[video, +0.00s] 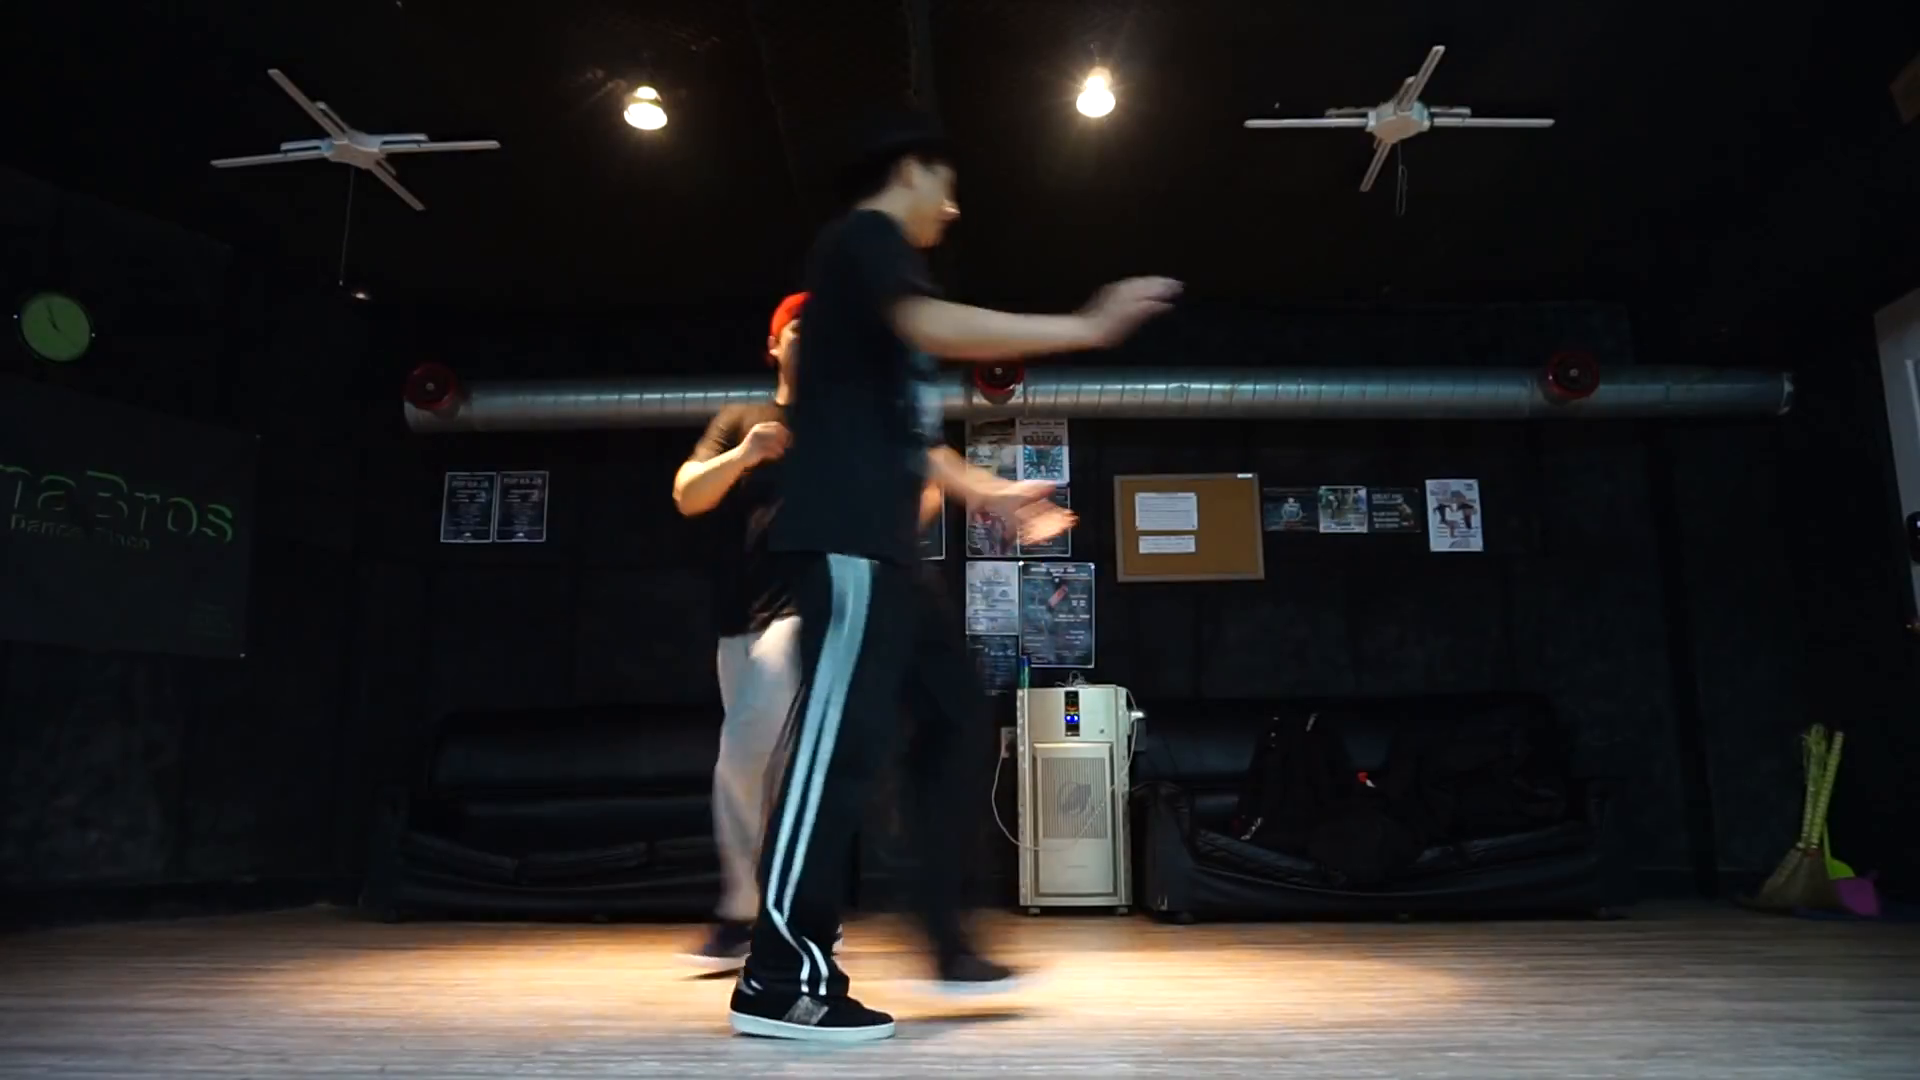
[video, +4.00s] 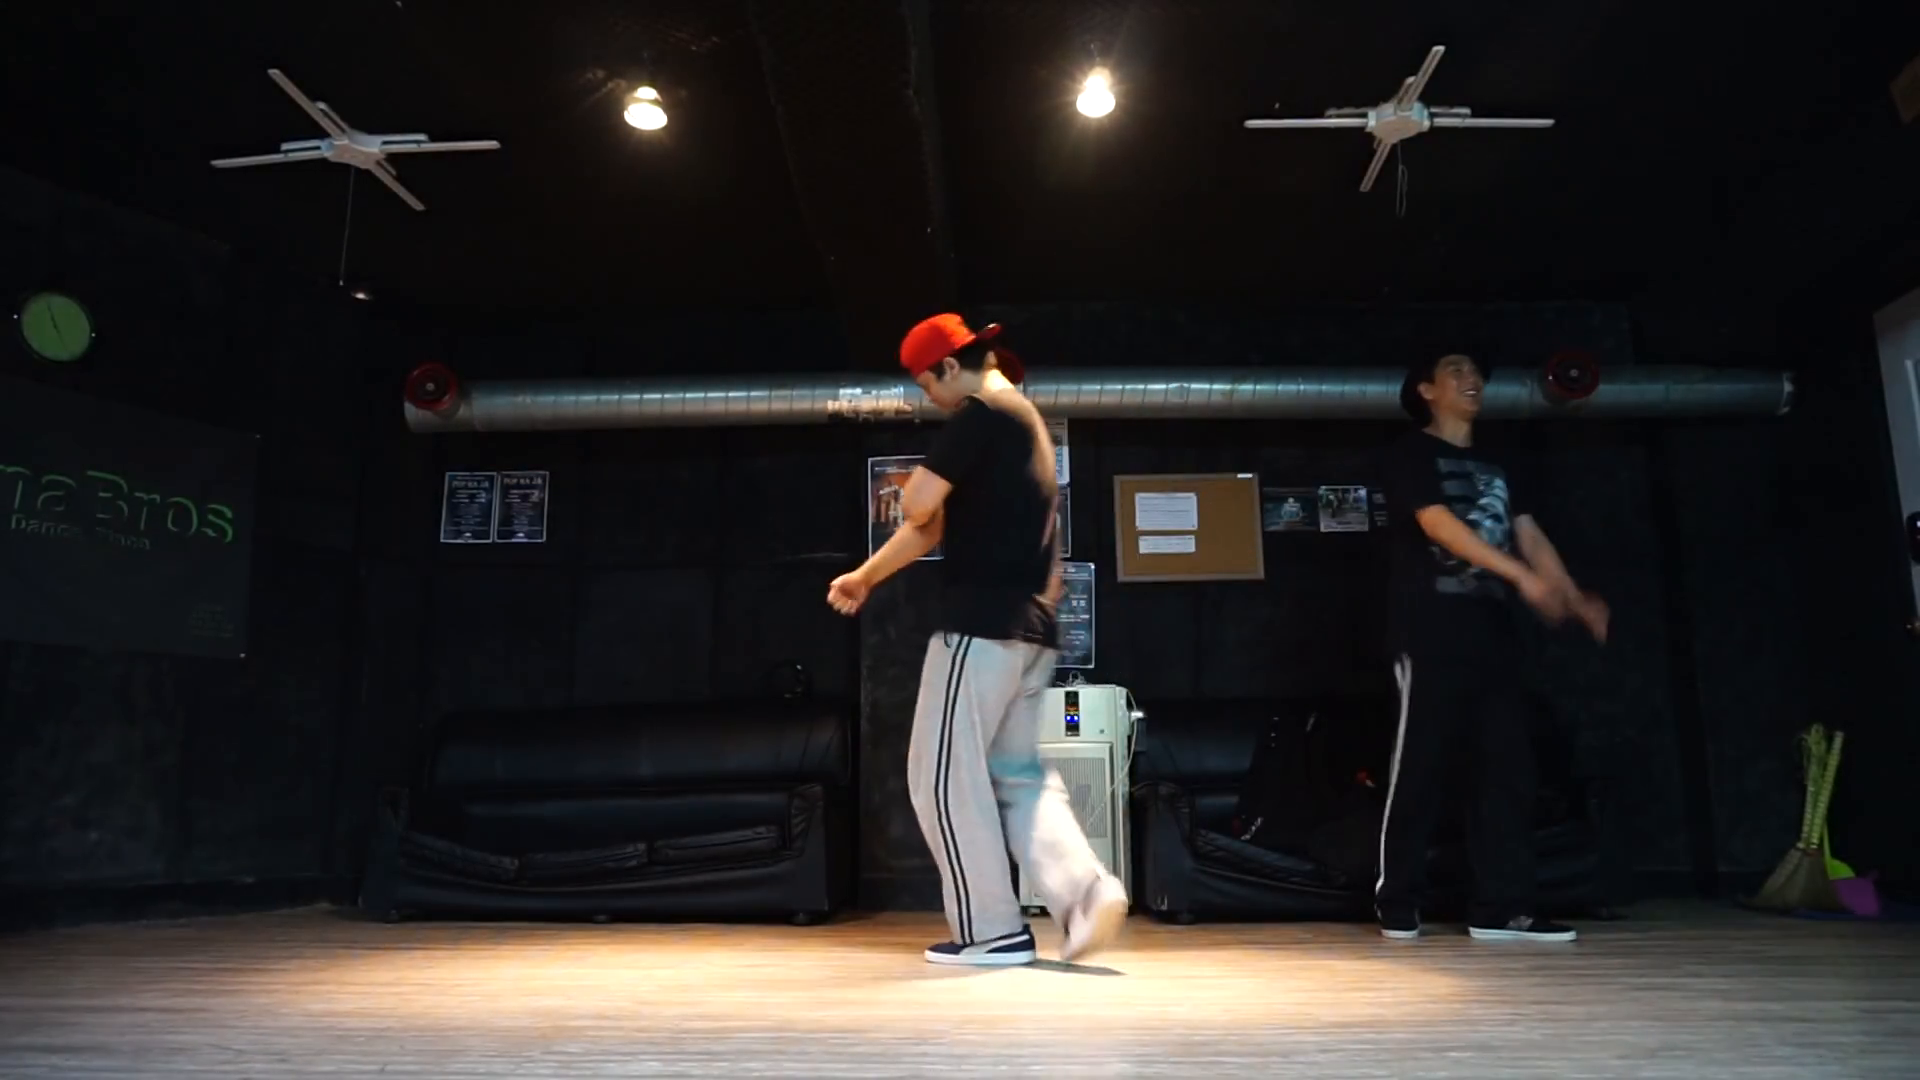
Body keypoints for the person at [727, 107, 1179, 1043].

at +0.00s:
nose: (952, 201)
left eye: (951, 184)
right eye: (944, 181)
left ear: (903, 176)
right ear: (907, 172)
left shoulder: (875, 271)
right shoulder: (864, 238)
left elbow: (905, 443)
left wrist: (997, 496)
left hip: (886, 547)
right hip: (848, 547)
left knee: (954, 720)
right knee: (831, 747)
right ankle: (783, 975)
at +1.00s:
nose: (1354, 309)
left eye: (1347, 297)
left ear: (1339, 301)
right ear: (1408, 298)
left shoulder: (1300, 379)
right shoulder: (1417, 353)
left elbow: (1249, 488)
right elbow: (1494, 401)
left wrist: (1205, 569)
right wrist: (1617, 443)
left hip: (1327, 598)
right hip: (1416, 590)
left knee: (1349, 749)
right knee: (1451, 753)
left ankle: (1296, 853)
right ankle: (1452, 936)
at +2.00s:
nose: (1432, 406)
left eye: (1435, 390)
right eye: (1429, 394)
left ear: (1468, 381)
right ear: (1484, 382)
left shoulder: (1463, 439)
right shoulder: (1551, 435)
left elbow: (1436, 488)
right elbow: (1635, 484)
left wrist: (1384, 554)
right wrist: (1703, 536)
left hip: (1494, 629)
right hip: (1563, 624)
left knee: (1508, 765)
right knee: (1562, 752)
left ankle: (1571, 916)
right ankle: (1557, 892)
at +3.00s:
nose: (1438, 393)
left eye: (1450, 385)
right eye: (1427, 385)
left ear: (1470, 401)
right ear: (1410, 402)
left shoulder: (1496, 463)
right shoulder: (1405, 480)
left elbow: (1548, 534)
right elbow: (1399, 564)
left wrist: (1595, 608)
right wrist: (1389, 639)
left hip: (1481, 639)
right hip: (1420, 644)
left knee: (1480, 770)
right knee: (1422, 764)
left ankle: (1478, 900)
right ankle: (1452, 883)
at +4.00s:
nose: (1471, 382)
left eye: (1475, 375)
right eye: (1456, 374)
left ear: (1482, 393)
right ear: (1426, 392)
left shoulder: (1493, 467)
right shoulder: (1410, 456)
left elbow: (1529, 537)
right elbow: (1441, 527)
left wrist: (1574, 597)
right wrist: (1521, 575)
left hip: (1492, 630)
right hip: (1431, 631)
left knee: (1502, 765)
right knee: (1421, 767)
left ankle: (1499, 910)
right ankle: (1397, 903)